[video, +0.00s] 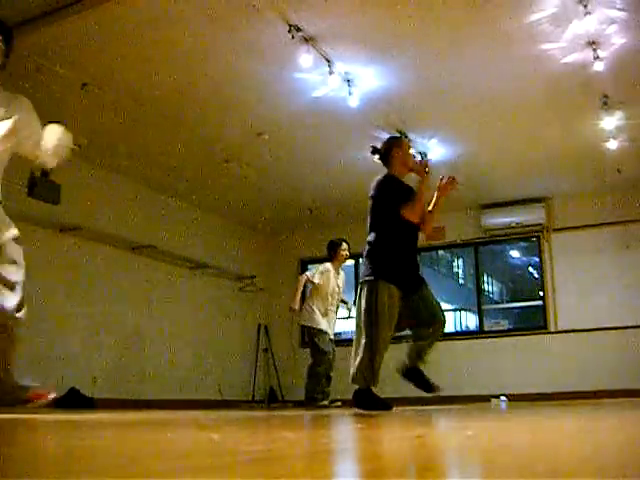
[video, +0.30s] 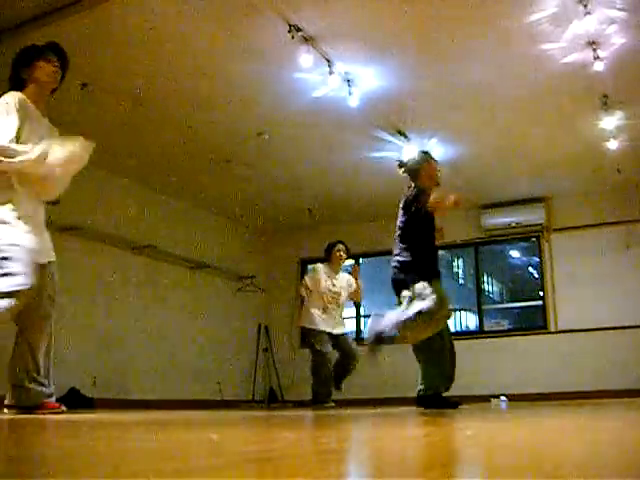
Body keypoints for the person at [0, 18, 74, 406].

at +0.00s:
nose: (5, 60)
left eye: (6, 52)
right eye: (5, 52)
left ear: (10, 53)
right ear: (8, 53)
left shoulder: (14, 109)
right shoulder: (14, 109)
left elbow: (43, 154)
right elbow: (44, 154)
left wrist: (55, 139)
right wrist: (57, 138)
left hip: (2, 218)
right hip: (2, 219)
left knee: (11, 267)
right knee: (10, 267)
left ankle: (7, 379)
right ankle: (6, 379)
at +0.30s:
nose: (54, 70)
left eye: (59, 67)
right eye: (47, 63)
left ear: (60, 79)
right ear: (27, 69)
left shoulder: (49, 128)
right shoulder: (12, 103)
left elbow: (48, 188)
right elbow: (2, 151)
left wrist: (59, 169)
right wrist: (46, 157)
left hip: (36, 219)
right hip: (9, 213)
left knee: (41, 304)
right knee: (16, 285)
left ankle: (32, 391)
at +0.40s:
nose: (64, 69)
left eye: (69, 67)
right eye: (57, 61)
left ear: (69, 81)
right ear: (36, 68)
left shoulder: (57, 129)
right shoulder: (18, 100)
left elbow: (57, 178)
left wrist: (54, 183)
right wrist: (31, 187)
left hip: (39, 207)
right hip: (14, 199)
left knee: (49, 295)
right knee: (63, 263)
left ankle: (28, 388)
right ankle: (2, 293)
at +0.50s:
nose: (75, 65)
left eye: (79, 64)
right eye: (68, 57)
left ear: (76, 81)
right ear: (46, 64)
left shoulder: (60, 117)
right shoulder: (22, 94)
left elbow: (42, 156)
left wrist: (65, 169)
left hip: (43, 204)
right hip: (21, 197)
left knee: (48, 298)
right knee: (92, 254)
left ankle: (29, 388)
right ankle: (26, 281)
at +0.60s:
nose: (77, 69)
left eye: (82, 69)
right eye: (71, 61)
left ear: (79, 83)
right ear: (49, 65)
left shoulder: (60, 116)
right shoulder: (26, 91)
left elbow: (57, 159)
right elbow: (1, 127)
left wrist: (69, 165)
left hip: (43, 211)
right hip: (34, 206)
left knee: (42, 302)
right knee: (101, 266)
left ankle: (26, 390)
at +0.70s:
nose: (82, 80)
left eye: (85, 79)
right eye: (78, 71)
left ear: (78, 88)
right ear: (57, 71)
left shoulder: (57, 122)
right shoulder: (28, 97)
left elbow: (47, 165)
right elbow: (1, 133)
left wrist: (71, 171)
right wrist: (12, 175)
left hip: (51, 216)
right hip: (34, 212)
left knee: (50, 309)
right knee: (76, 300)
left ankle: (26, 391)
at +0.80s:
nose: (85, 94)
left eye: (90, 93)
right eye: (82, 84)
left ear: (86, 103)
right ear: (61, 81)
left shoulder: (62, 144)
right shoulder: (28, 105)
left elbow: (60, 203)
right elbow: (2, 151)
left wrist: (95, 193)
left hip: (43, 226)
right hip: (28, 220)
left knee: (53, 314)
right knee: (94, 281)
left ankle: (29, 390)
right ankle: (101, 375)